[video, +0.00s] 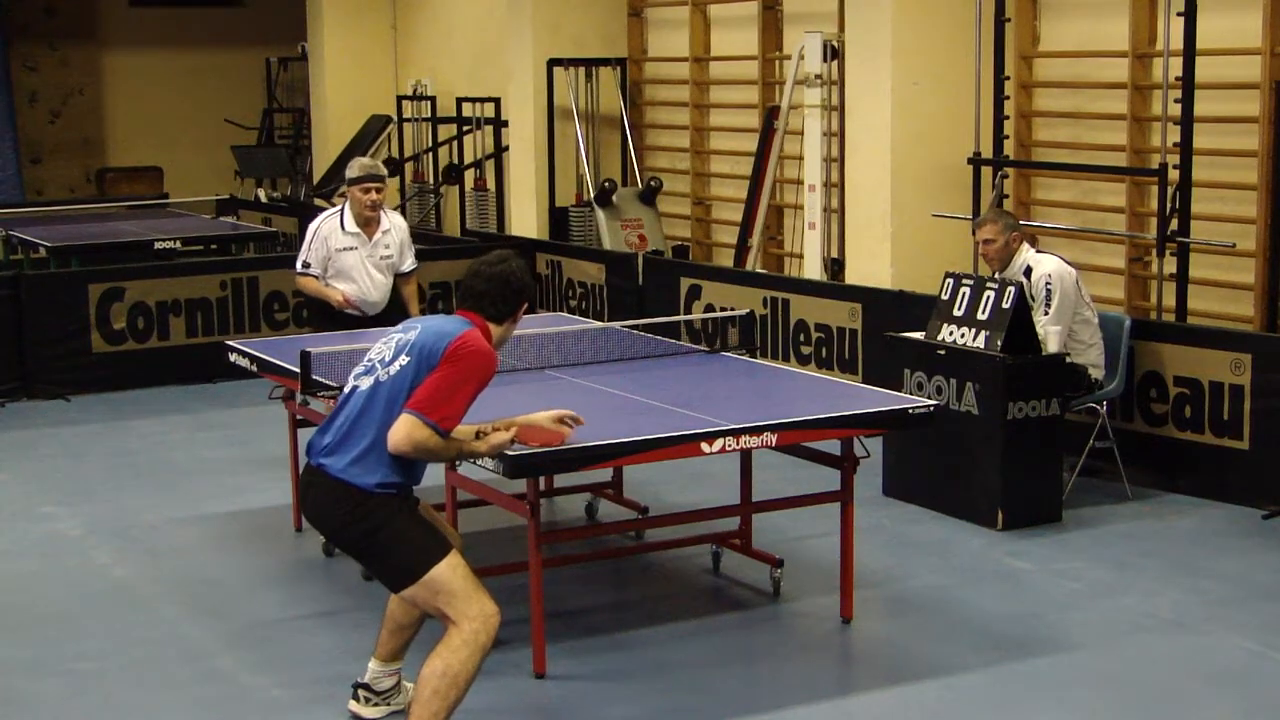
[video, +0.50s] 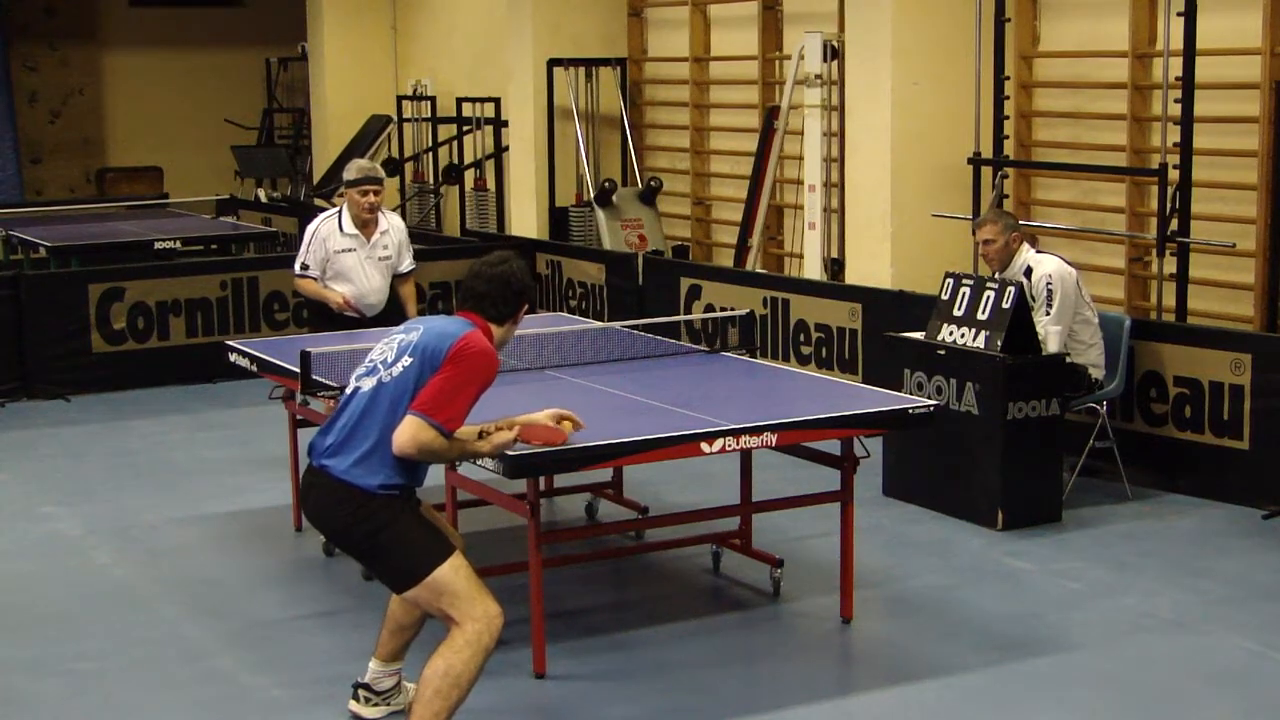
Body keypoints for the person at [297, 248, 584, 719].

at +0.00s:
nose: (522, 322)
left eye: (521, 310)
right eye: (524, 311)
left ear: (466, 295)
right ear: (518, 311)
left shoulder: (420, 326)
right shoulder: (474, 348)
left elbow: (426, 430)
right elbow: (406, 438)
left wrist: (521, 424)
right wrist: (474, 446)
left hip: (324, 477)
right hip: (357, 495)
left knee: (444, 545)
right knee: (478, 618)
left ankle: (379, 684)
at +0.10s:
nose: (521, 323)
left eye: (521, 311)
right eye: (524, 312)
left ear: (467, 295)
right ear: (518, 312)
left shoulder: (421, 326)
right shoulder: (474, 348)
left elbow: (428, 430)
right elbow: (406, 438)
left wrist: (523, 422)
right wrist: (474, 446)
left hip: (324, 477)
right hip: (357, 495)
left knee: (444, 546)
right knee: (478, 618)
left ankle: (379, 684)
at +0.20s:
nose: (521, 322)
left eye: (521, 311)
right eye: (524, 312)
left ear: (467, 295)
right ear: (518, 311)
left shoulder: (421, 326)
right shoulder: (475, 348)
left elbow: (427, 429)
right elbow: (407, 438)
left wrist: (522, 423)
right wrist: (475, 446)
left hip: (324, 477)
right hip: (358, 494)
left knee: (444, 545)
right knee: (478, 618)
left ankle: (379, 684)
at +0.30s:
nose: (521, 323)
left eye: (521, 311)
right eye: (524, 312)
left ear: (467, 295)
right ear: (518, 311)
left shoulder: (421, 326)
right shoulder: (475, 348)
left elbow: (428, 429)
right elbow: (408, 438)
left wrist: (522, 423)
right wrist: (475, 446)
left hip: (324, 477)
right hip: (358, 495)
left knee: (444, 545)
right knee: (479, 618)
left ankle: (379, 684)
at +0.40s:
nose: (522, 322)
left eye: (522, 311)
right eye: (524, 312)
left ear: (467, 295)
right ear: (518, 312)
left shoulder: (421, 326)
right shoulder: (475, 348)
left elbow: (430, 432)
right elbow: (409, 439)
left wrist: (522, 423)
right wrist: (477, 446)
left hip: (324, 478)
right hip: (359, 495)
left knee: (445, 546)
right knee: (480, 619)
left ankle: (379, 684)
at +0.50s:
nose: (522, 324)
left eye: (522, 313)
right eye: (525, 314)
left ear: (467, 296)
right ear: (519, 313)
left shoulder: (420, 327)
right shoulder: (476, 349)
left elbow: (431, 433)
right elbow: (410, 440)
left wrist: (521, 424)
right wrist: (476, 447)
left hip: (325, 478)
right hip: (360, 497)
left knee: (445, 547)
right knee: (480, 619)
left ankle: (379, 684)